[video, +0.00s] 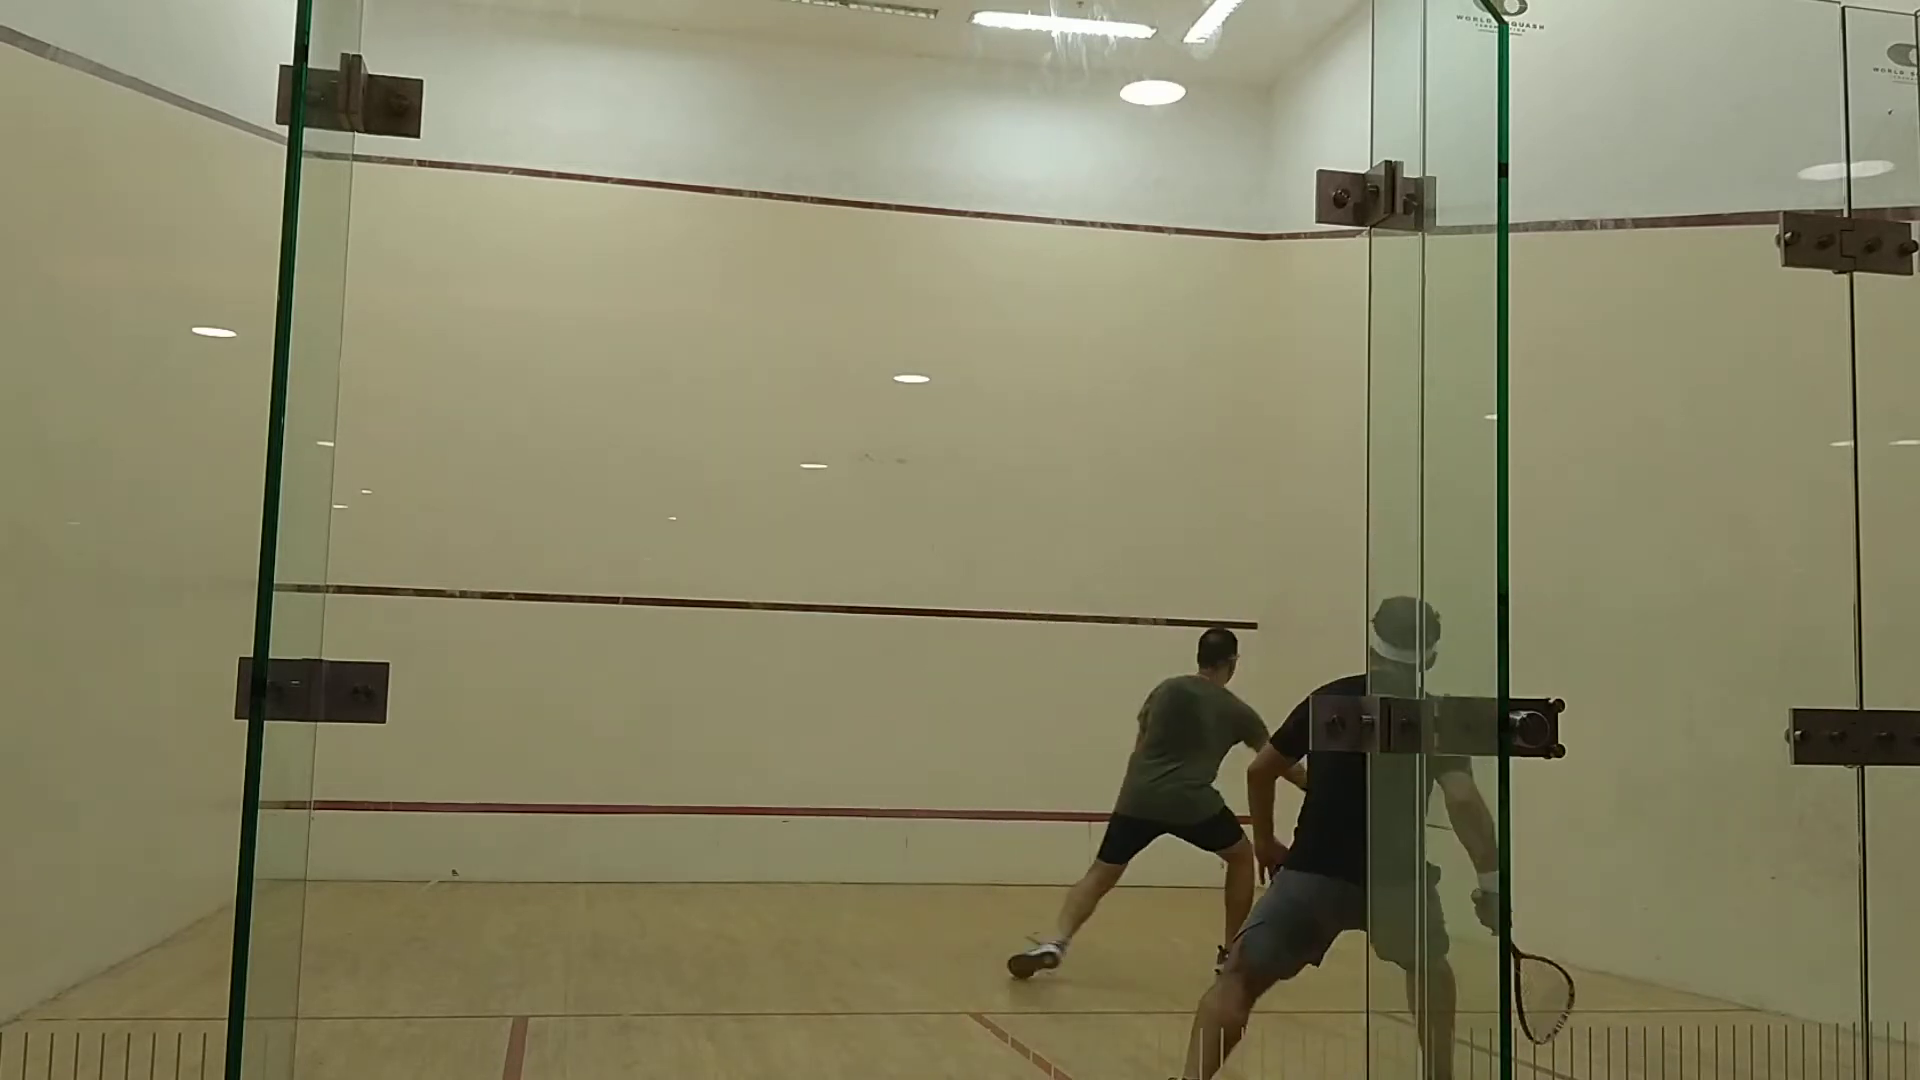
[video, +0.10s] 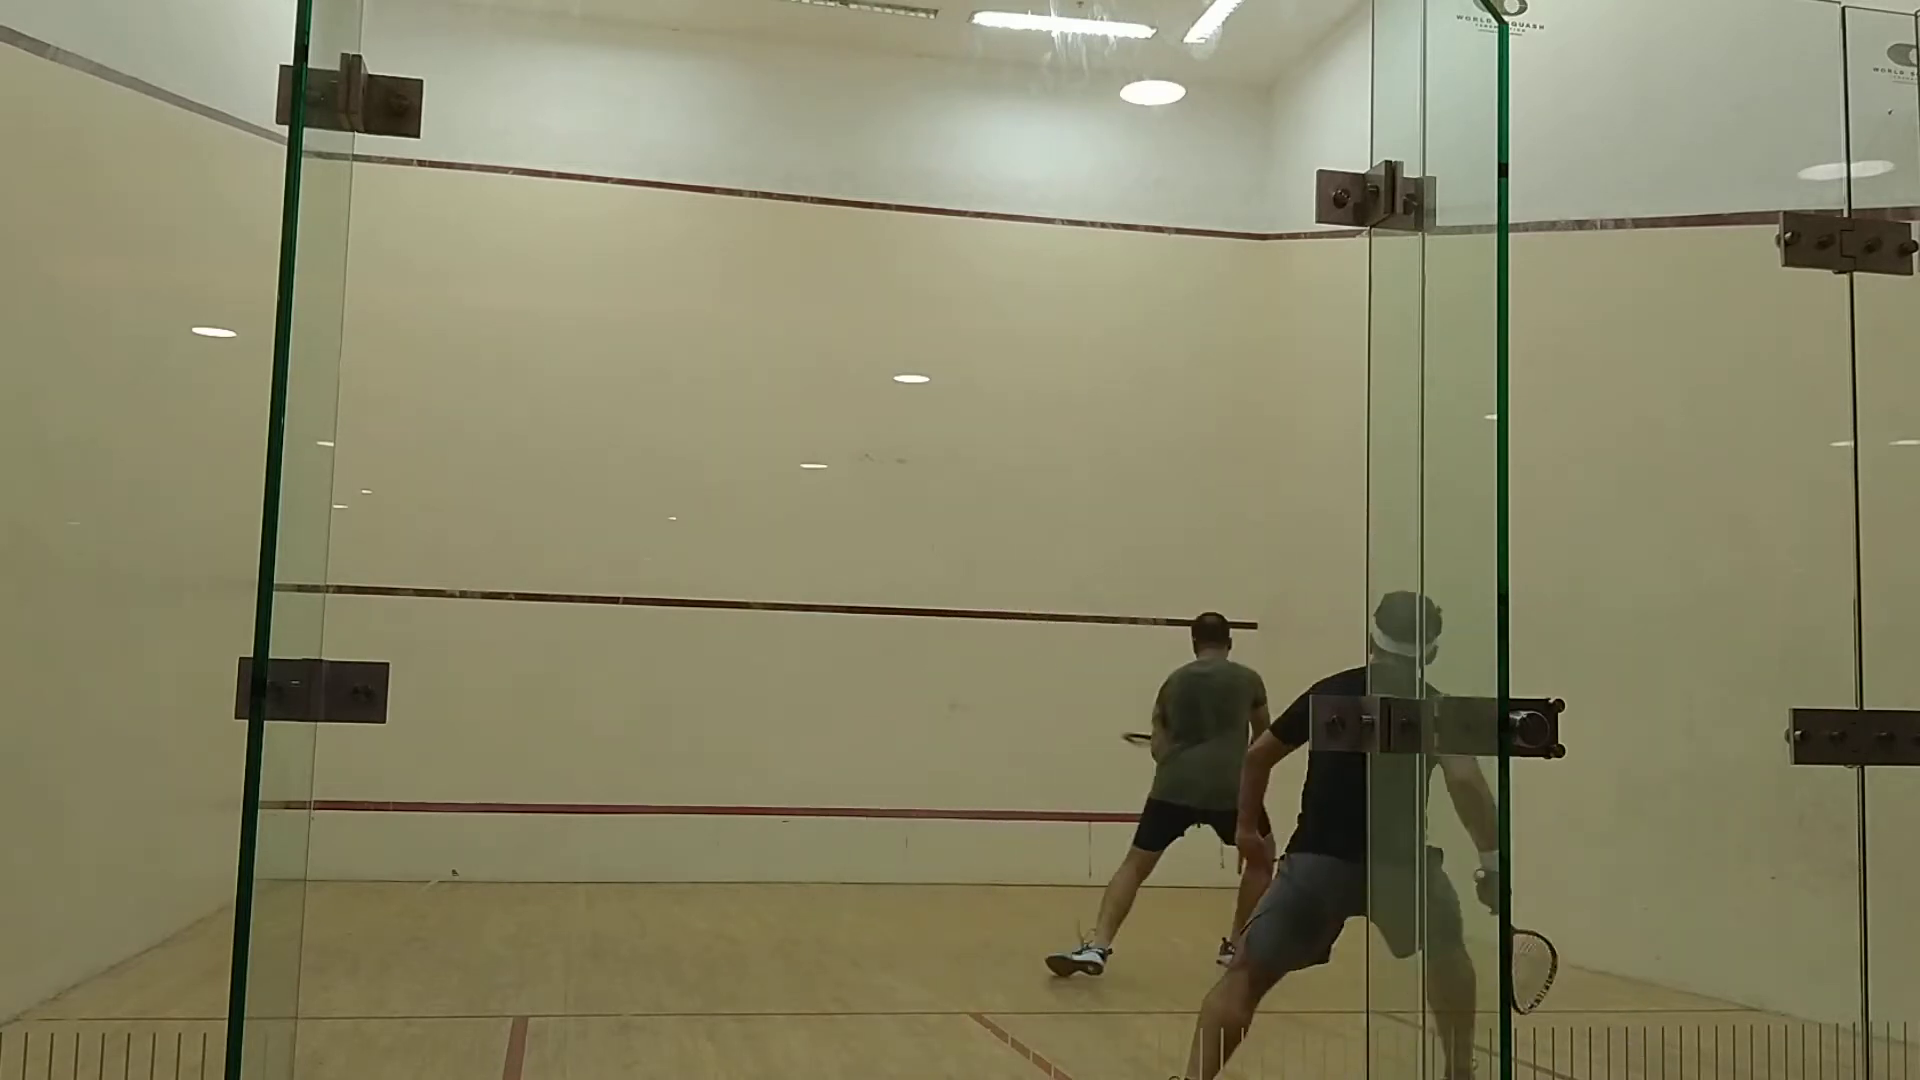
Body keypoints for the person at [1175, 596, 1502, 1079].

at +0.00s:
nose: (1429, 653)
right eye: (1429, 646)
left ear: (1377, 641)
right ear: (1431, 651)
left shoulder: (1330, 699)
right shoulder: (1434, 713)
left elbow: (1260, 772)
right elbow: (1463, 799)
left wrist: (1265, 840)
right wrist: (1491, 883)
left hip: (1316, 870)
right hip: (1397, 877)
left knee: (1241, 976)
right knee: (1432, 970)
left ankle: (1196, 1073)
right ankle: (1439, 1074)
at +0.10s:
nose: (1426, 649)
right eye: (1428, 641)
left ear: (1376, 636)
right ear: (1431, 646)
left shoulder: (1331, 691)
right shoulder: (1437, 707)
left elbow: (1258, 757)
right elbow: (1465, 782)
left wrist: (1247, 828)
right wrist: (1492, 860)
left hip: (1319, 859)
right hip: (1401, 863)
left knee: (1248, 973)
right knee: (1447, 955)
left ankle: (1198, 1073)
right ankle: (1461, 1070)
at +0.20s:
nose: (1418, 668)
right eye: (1423, 658)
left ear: (1386, 647)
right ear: (1443, 660)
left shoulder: (1340, 696)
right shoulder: (1452, 718)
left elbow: (1250, 736)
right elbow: (1512, 801)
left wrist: (1206, 794)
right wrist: (1528, 875)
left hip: (1330, 862)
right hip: (1415, 868)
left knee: (1251, 960)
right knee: (1472, 973)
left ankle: (1206, 1064)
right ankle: (1536, 1072)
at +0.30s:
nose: (1371, 674)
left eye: (1371, 665)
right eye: (1384, 668)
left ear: (1366, 666)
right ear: (1415, 671)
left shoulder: (1331, 718)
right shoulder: (1440, 732)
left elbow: (1243, 757)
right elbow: (1498, 826)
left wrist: (1172, 811)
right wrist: (1499, 904)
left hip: (1331, 874)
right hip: (1416, 881)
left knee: (1250, 937)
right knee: (1476, 982)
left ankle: (1213, 1055)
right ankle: (1539, 1073)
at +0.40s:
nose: (1300, 645)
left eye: (1304, 638)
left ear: (1308, 645)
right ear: (1362, 651)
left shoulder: (1278, 691)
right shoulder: (1381, 707)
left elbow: (1214, 736)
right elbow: (1440, 797)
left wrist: (1165, 808)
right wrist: (1416, 860)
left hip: (1307, 874)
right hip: (1383, 872)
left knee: (1217, 928)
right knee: (1431, 974)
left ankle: (1232, 1067)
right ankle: (1524, 1069)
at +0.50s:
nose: (1221, 635)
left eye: (1224, 628)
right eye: (1225, 628)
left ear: (1234, 634)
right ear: (1284, 635)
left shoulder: (1220, 678)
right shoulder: (1320, 685)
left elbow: (1169, 742)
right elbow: (1389, 747)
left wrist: (1132, 818)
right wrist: (1358, 807)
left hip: (1283, 850)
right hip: (1350, 848)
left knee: (1181, 923)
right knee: (1303, 943)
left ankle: (1213, 1065)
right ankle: (1404, 1038)